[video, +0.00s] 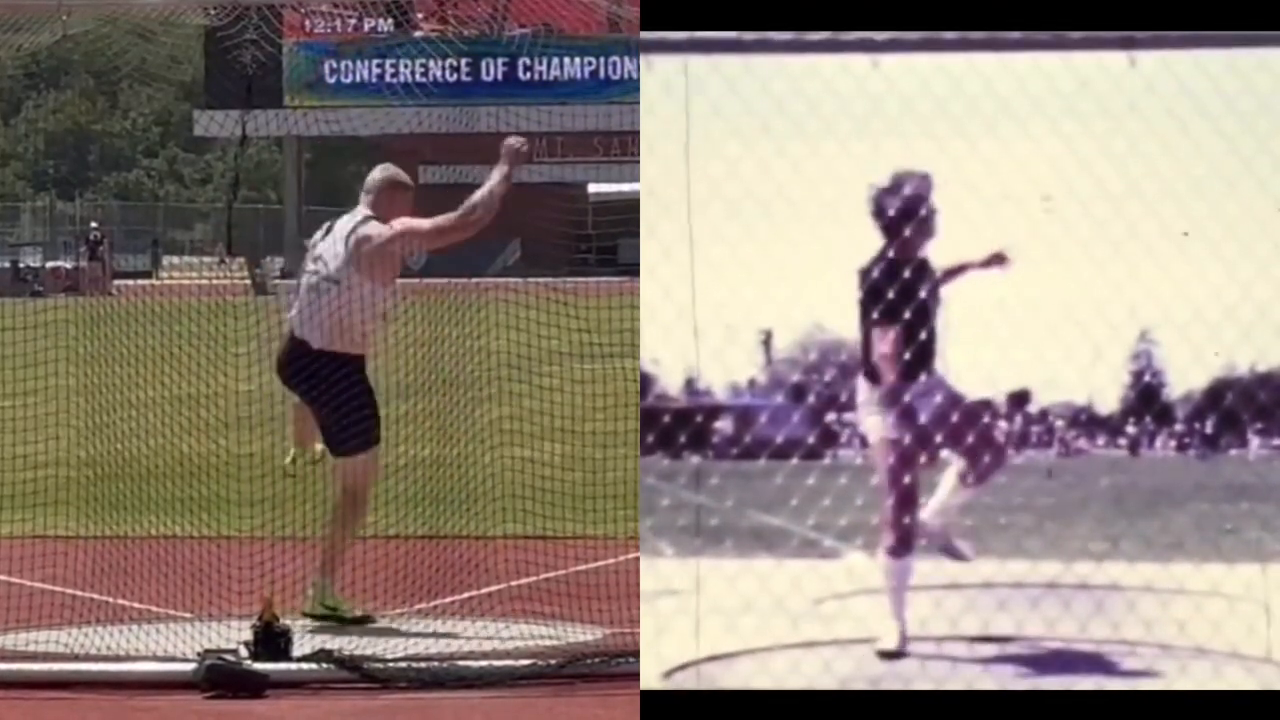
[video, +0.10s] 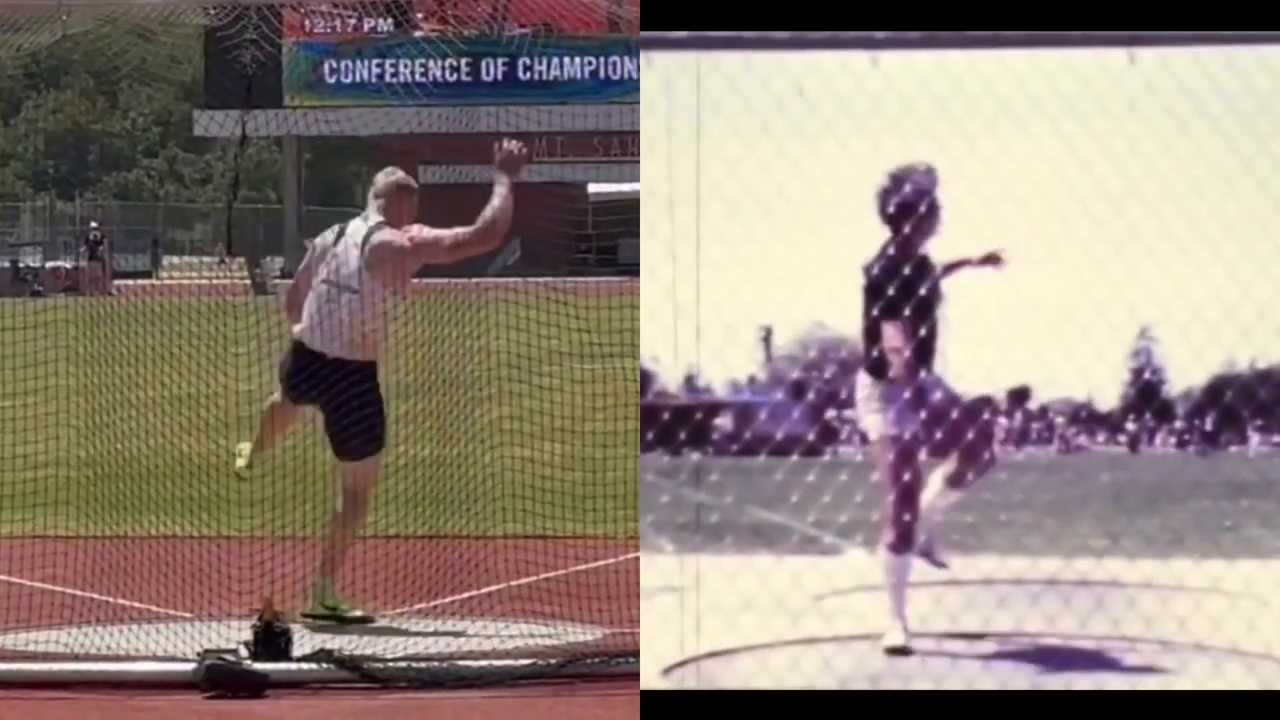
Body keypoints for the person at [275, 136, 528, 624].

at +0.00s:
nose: (408, 210)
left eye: (408, 202)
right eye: (405, 201)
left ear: (369, 195)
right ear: (389, 199)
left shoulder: (333, 228)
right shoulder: (383, 236)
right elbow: (468, 221)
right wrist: (505, 165)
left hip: (298, 356)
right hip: (337, 368)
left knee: (309, 392)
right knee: (356, 488)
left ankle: (302, 452)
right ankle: (322, 593)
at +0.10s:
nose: (415, 213)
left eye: (413, 204)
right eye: (412, 203)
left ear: (373, 202)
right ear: (400, 203)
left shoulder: (333, 236)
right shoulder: (399, 243)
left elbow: (294, 296)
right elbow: (487, 235)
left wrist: (306, 336)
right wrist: (505, 176)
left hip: (304, 360)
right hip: (353, 375)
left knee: (288, 401)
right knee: (354, 498)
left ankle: (254, 454)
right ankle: (323, 593)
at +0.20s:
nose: (419, 216)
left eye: (417, 209)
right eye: (418, 208)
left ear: (375, 204)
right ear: (409, 207)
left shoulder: (334, 240)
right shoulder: (414, 245)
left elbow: (290, 304)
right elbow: (503, 254)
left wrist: (307, 344)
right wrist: (510, 194)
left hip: (306, 360)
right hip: (361, 378)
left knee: (266, 404)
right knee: (356, 493)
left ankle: (215, 463)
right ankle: (323, 593)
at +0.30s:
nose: (408, 215)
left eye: (400, 208)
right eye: (415, 208)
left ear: (377, 206)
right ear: (418, 212)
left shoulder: (337, 242)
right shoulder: (427, 253)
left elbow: (288, 305)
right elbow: (511, 269)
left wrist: (283, 343)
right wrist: (512, 217)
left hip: (314, 361)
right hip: (367, 381)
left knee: (252, 402)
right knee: (359, 492)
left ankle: (194, 474)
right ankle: (327, 593)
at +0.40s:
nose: (408, 216)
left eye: (400, 208)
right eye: (415, 209)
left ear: (378, 207)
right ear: (418, 213)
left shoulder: (337, 241)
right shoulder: (426, 253)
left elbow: (288, 305)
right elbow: (511, 269)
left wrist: (283, 344)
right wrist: (512, 217)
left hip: (314, 362)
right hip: (367, 382)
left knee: (252, 402)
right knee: (359, 492)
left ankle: (194, 474)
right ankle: (327, 593)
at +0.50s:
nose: (404, 205)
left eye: (398, 199)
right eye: (414, 203)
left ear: (384, 209)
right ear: (424, 218)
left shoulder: (344, 240)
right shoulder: (434, 260)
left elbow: (294, 293)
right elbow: (508, 290)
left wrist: (275, 335)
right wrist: (520, 242)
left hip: (321, 360)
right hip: (374, 379)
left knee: (249, 388)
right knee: (357, 491)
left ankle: (186, 480)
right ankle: (336, 592)